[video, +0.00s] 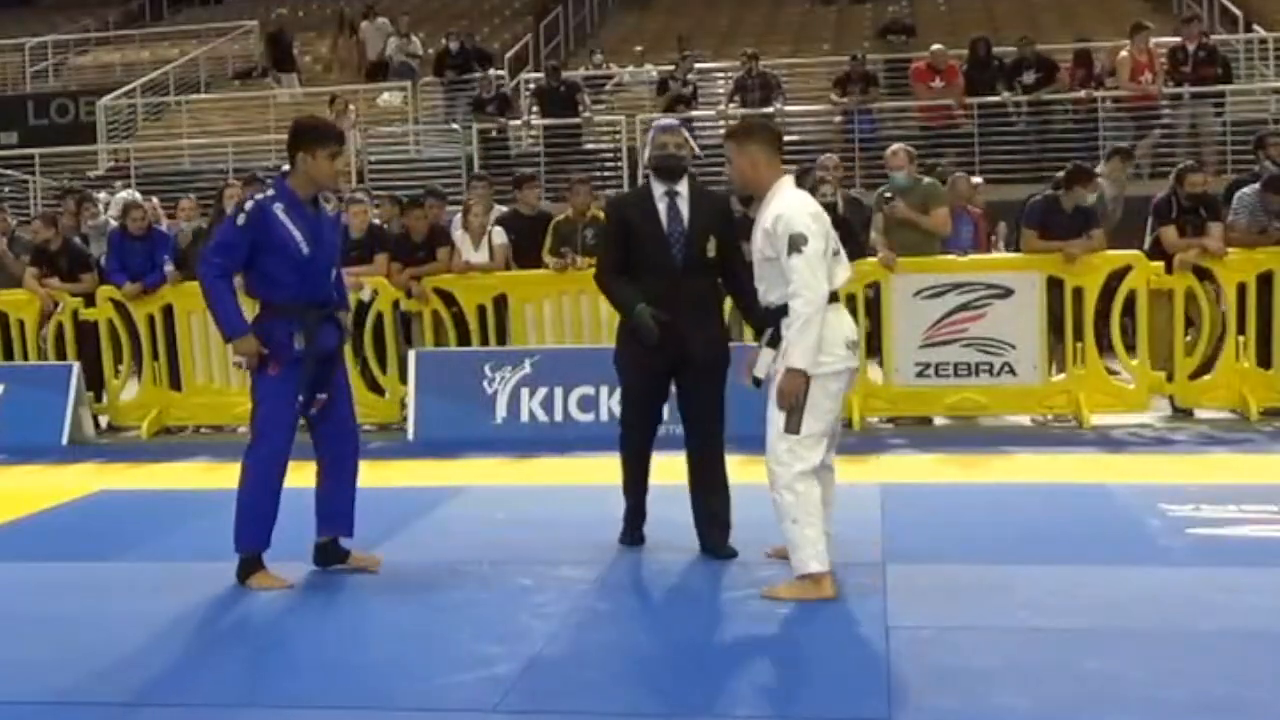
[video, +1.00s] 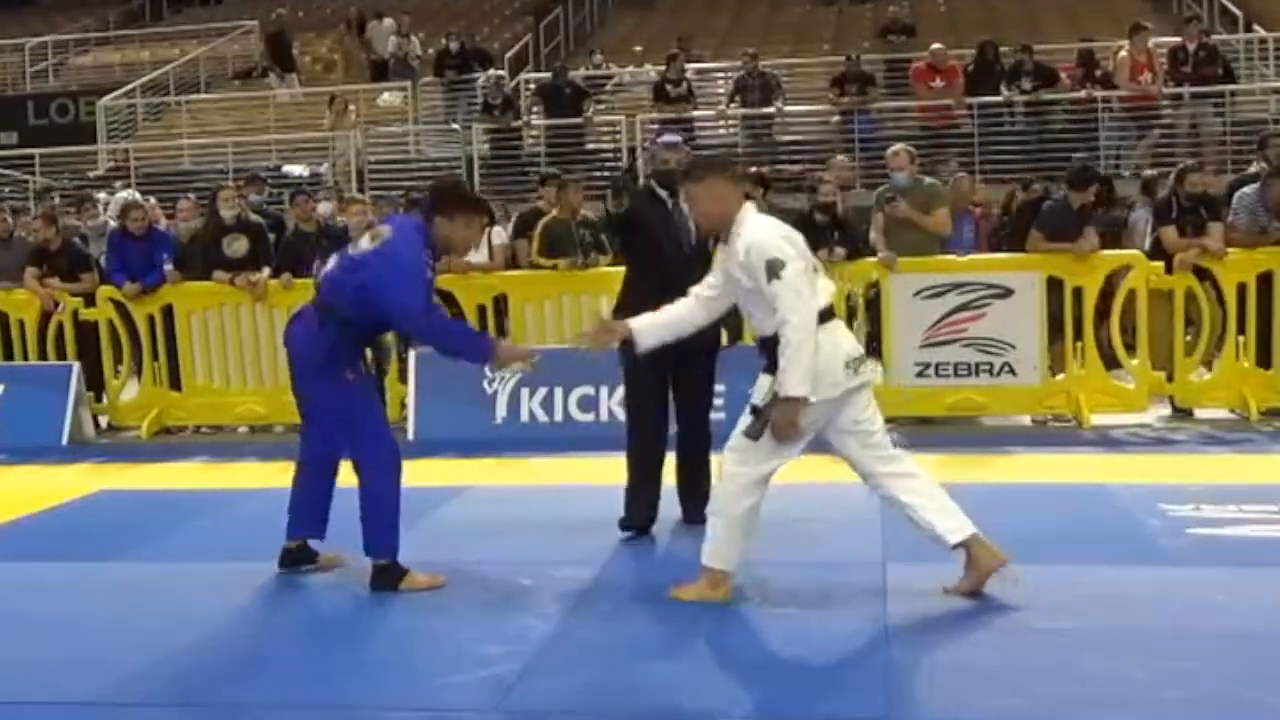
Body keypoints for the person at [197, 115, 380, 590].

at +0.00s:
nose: (340, 167)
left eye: (341, 158)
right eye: (333, 158)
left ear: (317, 160)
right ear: (304, 158)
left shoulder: (326, 212)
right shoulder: (260, 206)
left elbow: (332, 273)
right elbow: (213, 268)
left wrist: (341, 318)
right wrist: (238, 333)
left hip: (325, 336)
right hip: (279, 336)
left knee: (341, 441)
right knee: (271, 447)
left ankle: (331, 545)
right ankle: (250, 560)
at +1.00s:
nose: (475, 241)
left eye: (478, 231)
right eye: (473, 229)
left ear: (444, 219)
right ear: (447, 219)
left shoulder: (403, 231)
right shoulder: (405, 254)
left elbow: (417, 310)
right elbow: (417, 319)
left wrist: (478, 346)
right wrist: (490, 350)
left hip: (310, 332)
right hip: (330, 345)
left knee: (321, 441)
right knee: (380, 454)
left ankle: (297, 547)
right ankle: (385, 566)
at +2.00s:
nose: (351, 180)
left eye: (352, 171)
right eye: (345, 170)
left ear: (326, 173)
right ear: (317, 170)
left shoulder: (322, 227)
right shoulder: (272, 214)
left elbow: (309, 295)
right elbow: (234, 275)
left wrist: (317, 347)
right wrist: (269, 332)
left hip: (305, 345)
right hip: (270, 347)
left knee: (307, 441)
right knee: (310, 440)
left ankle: (276, 541)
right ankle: (322, 551)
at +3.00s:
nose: (187, 181)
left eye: (188, 173)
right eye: (178, 173)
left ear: (181, 177)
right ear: (149, 176)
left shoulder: (189, 226)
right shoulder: (121, 227)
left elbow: (211, 271)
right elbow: (98, 293)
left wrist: (227, 300)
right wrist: (126, 340)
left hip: (181, 335)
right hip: (142, 338)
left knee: (162, 429)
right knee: (153, 428)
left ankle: (132, 518)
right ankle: (126, 534)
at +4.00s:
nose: (350, 268)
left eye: (353, 260)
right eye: (344, 259)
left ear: (352, 259)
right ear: (319, 255)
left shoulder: (326, 277)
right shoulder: (271, 279)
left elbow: (310, 308)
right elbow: (240, 344)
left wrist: (313, 339)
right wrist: (279, 389)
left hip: (260, 344)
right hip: (221, 348)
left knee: (291, 419)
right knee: (244, 439)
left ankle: (299, 512)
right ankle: (247, 545)